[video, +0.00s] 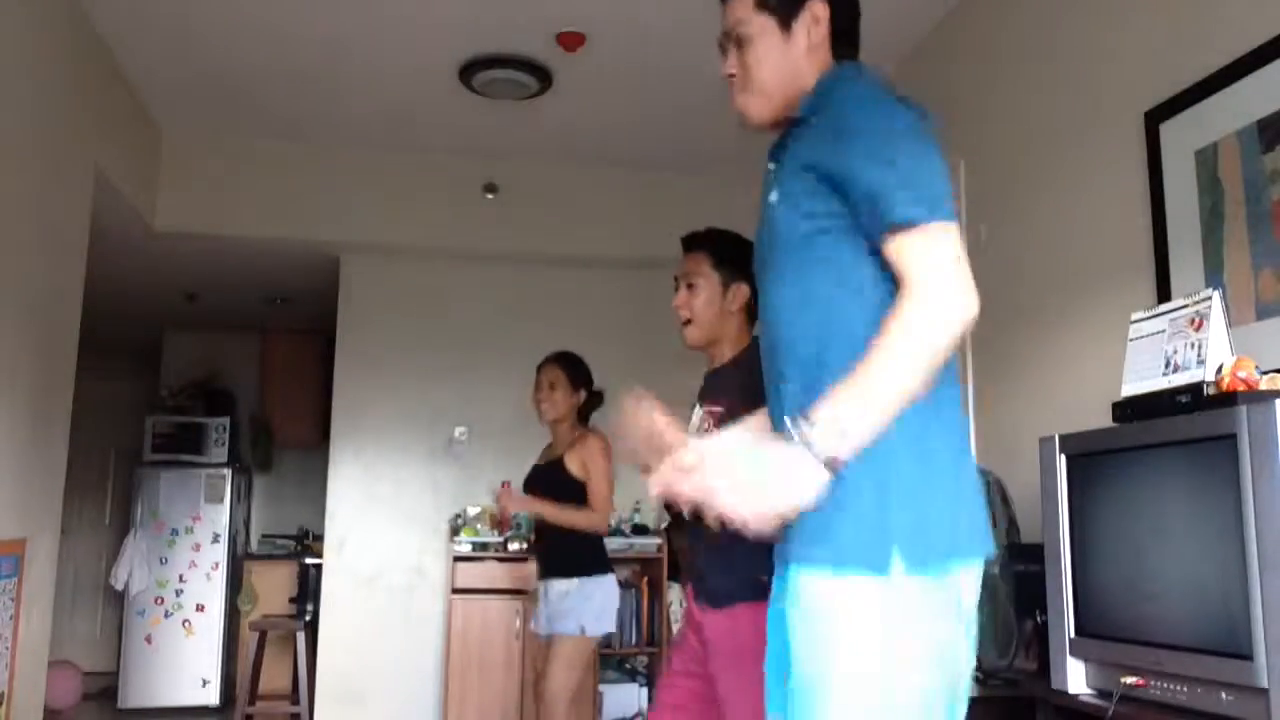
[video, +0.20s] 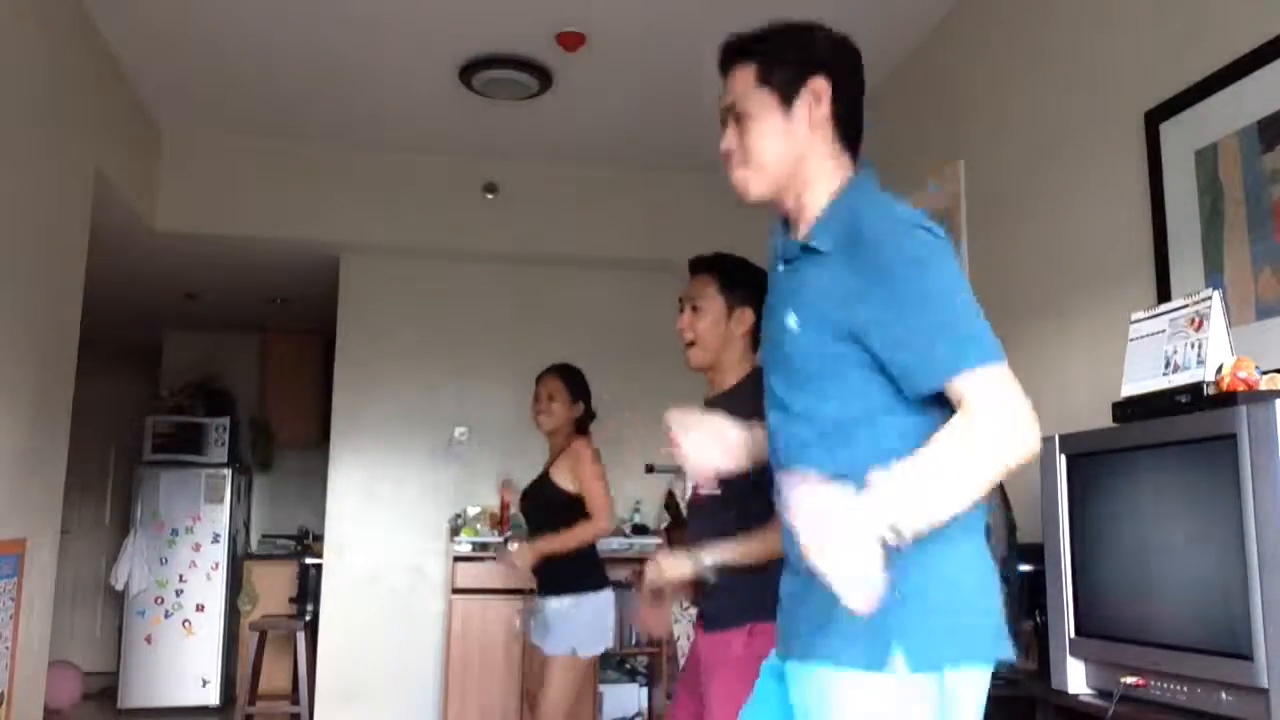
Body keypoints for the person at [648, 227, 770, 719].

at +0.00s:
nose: (677, 303)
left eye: (691, 286)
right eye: (678, 288)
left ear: (737, 296)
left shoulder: (764, 375)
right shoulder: (714, 383)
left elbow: (764, 499)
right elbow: (713, 493)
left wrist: (674, 454)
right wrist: (664, 456)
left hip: (751, 612)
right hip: (702, 607)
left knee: (750, 715)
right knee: (670, 715)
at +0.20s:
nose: (681, 325)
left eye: (696, 309)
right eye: (683, 311)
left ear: (742, 320)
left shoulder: (772, 401)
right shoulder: (714, 411)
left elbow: (800, 524)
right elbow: (713, 522)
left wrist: (697, 559)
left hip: (753, 631)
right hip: (707, 629)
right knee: (685, 714)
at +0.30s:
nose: (681, 317)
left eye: (695, 301)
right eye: (683, 303)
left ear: (743, 312)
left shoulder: (777, 404)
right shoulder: (717, 406)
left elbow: (804, 505)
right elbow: (724, 503)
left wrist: (725, 503)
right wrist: (692, 569)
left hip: (762, 633)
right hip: (709, 627)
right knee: (661, 712)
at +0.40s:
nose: (682, 303)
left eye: (695, 287)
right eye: (682, 288)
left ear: (743, 296)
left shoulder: (767, 376)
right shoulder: (711, 382)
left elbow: (775, 482)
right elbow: (716, 495)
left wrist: (684, 465)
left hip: (756, 608)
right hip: (710, 603)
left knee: (752, 712)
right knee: (670, 712)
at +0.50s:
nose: (686, 311)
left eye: (700, 297)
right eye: (687, 298)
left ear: (745, 308)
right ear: (735, 311)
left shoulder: (770, 381)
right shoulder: (721, 390)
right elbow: (711, 500)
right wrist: (653, 460)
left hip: (751, 604)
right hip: (716, 603)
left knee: (730, 712)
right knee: (694, 710)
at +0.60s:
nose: (690, 321)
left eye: (704, 305)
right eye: (691, 307)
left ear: (749, 318)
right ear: (742, 320)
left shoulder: (773, 402)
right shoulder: (731, 403)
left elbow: (786, 523)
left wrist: (701, 568)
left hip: (749, 627)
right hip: (715, 624)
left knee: (722, 711)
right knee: (693, 711)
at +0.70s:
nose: (694, 313)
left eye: (705, 298)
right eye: (693, 300)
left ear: (749, 302)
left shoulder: (782, 388)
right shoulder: (728, 391)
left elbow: (791, 488)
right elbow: (733, 504)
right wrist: (692, 563)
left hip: (764, 624)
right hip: (715, 616)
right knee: (667, 713)